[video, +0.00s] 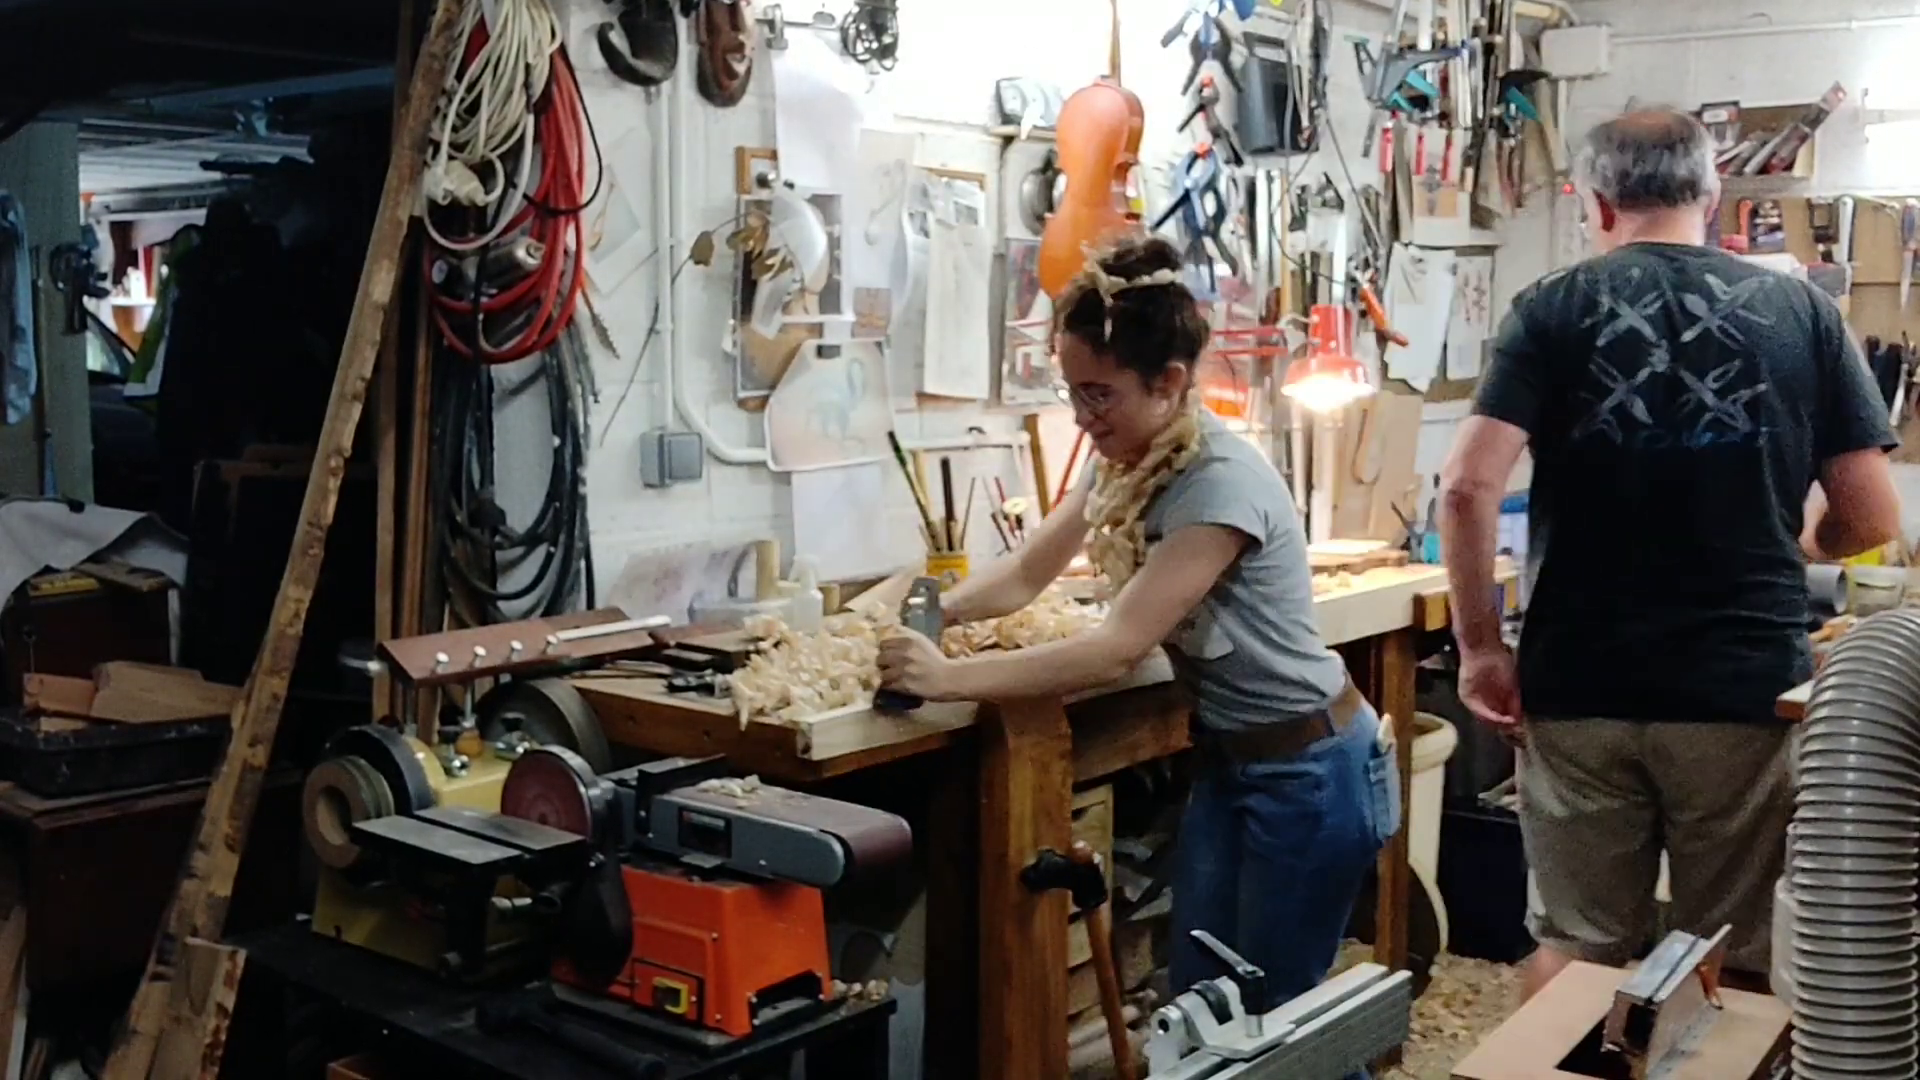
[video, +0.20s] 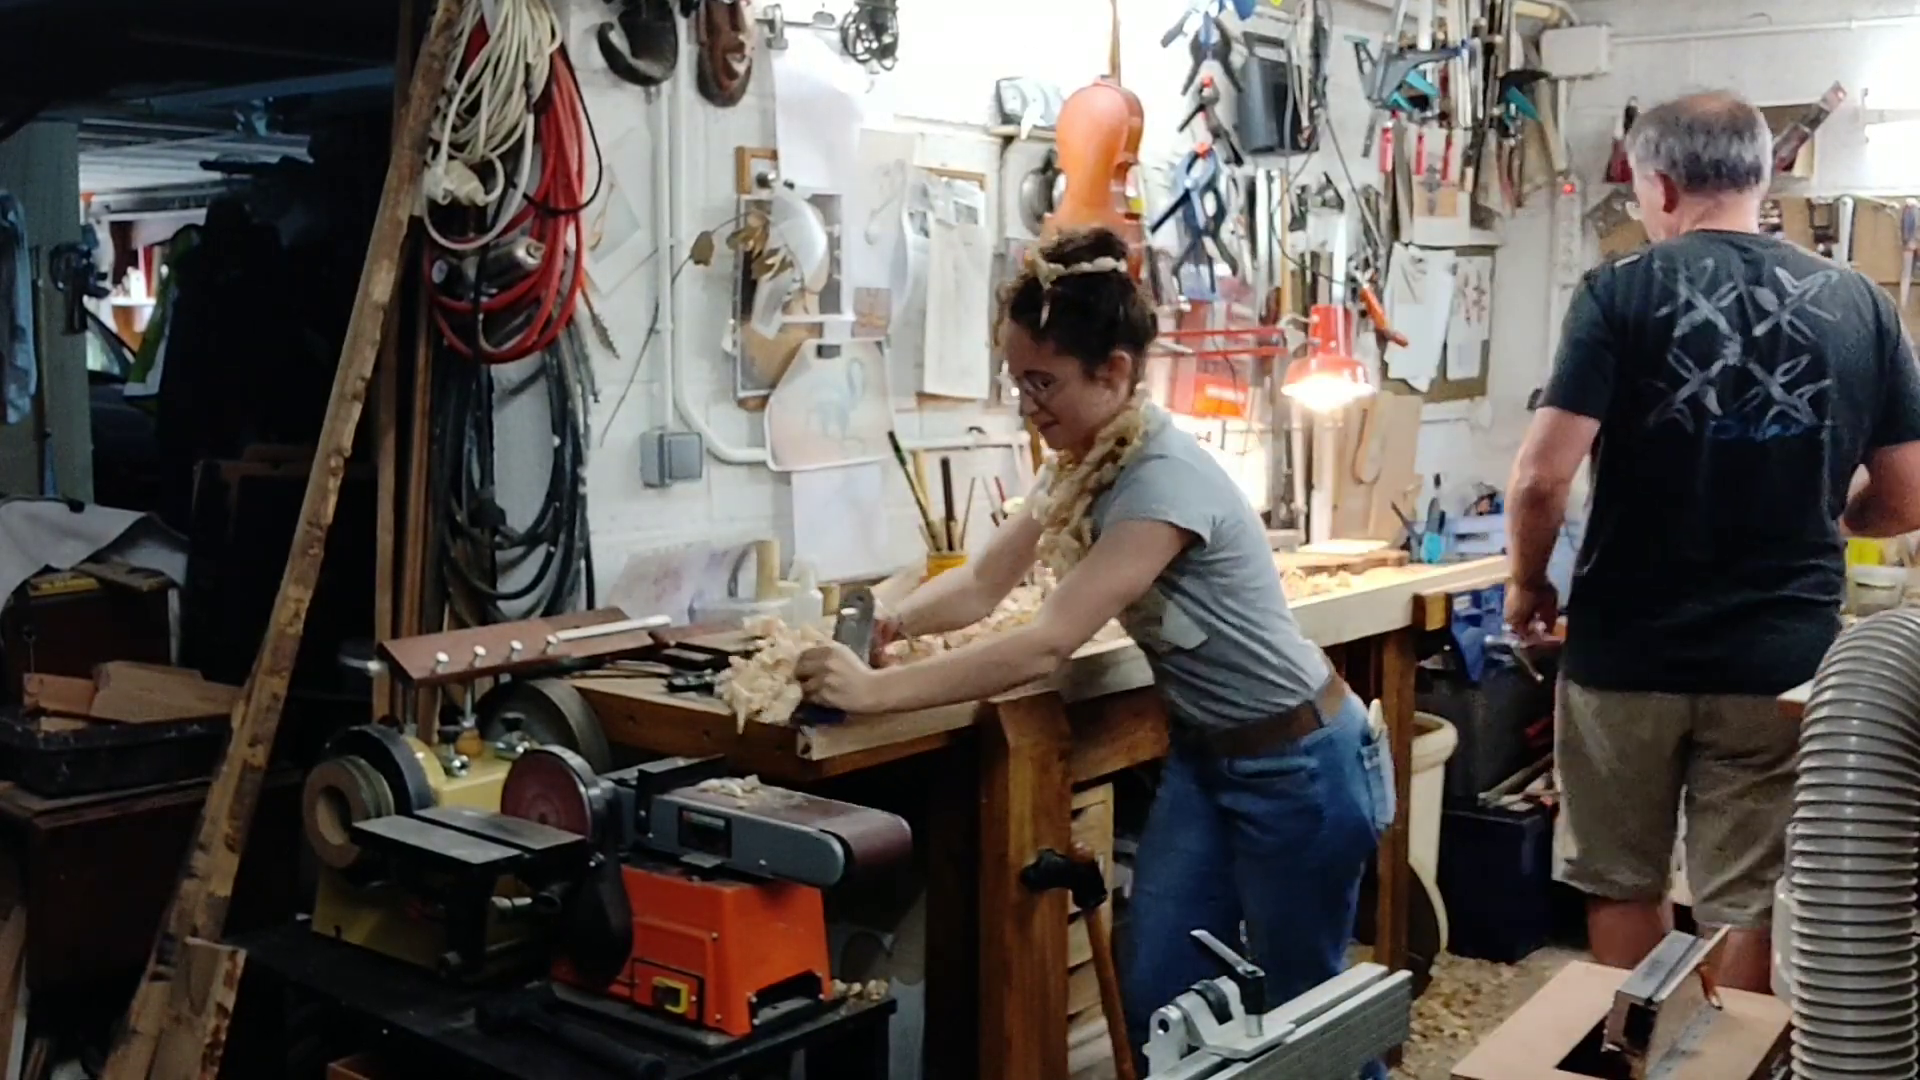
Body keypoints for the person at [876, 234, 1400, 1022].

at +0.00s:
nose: (1079, 415)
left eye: (1097, 394)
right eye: (1071, 392)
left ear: (1172, 383)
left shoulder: (1222, 485)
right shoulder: (1127, 461)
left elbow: (1116, 649)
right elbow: (1025, 571)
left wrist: (950, 676)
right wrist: (925, 612)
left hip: (1312, 769)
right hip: (1229, 762)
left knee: (1269, 1020)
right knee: (1197, 1009)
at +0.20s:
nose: (1024, 405)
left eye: (1042, 382)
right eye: (1015, 382)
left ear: (1115, 371)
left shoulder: (1167, 477)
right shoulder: (1083, 470)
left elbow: (1050, 641)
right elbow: (980, 585)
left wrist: (876, 691)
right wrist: (877, 626)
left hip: (1300, 763)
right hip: (1203, 762)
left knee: (1296, 1016)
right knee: (1155, 998)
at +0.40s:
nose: (1024, 379)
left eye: (1041, 358)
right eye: (1018, 357)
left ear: (1116, 353)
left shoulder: (1162, 468)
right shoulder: (1083, 465)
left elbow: (1042, 630)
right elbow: (974, 590)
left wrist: (864, 659)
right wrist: (859, 617)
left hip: (1285, 769)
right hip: (1191, 764)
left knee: (1209, 1023)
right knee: (1141, 1006)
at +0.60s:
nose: (1058, 329)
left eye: (1070, 309)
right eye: (1058, 307)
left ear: (1138, 311)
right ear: (1139, 313)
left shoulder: (1201, 441)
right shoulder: (1162, 426)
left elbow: (1143, 659)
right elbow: (1127, 584)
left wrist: (978, 591)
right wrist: (1008, 563)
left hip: (1263, 766)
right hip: (1214, 758)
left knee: (1223, 1030)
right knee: (1144, 997)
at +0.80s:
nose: (1137, 322)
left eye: (1138, 302)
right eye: (1135, 301)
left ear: (1162, 309)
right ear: (1259, 307)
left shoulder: (1185, 460)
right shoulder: (1324, 434)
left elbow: (1167, 680)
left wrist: (1042, 589)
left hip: (1266, 797)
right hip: (1369, 771)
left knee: (1213, 1044)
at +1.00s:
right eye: (1351, 284)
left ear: (1228, 299)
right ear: (1349, 299)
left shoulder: (1172, 451)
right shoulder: (1422, 437)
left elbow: (1156, 653)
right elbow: (1473, 638)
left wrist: (1224, 574)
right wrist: (1391, 605)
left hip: (1255, 795)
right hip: (1402, 782)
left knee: (1245, 1051)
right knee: (1364, 1037)